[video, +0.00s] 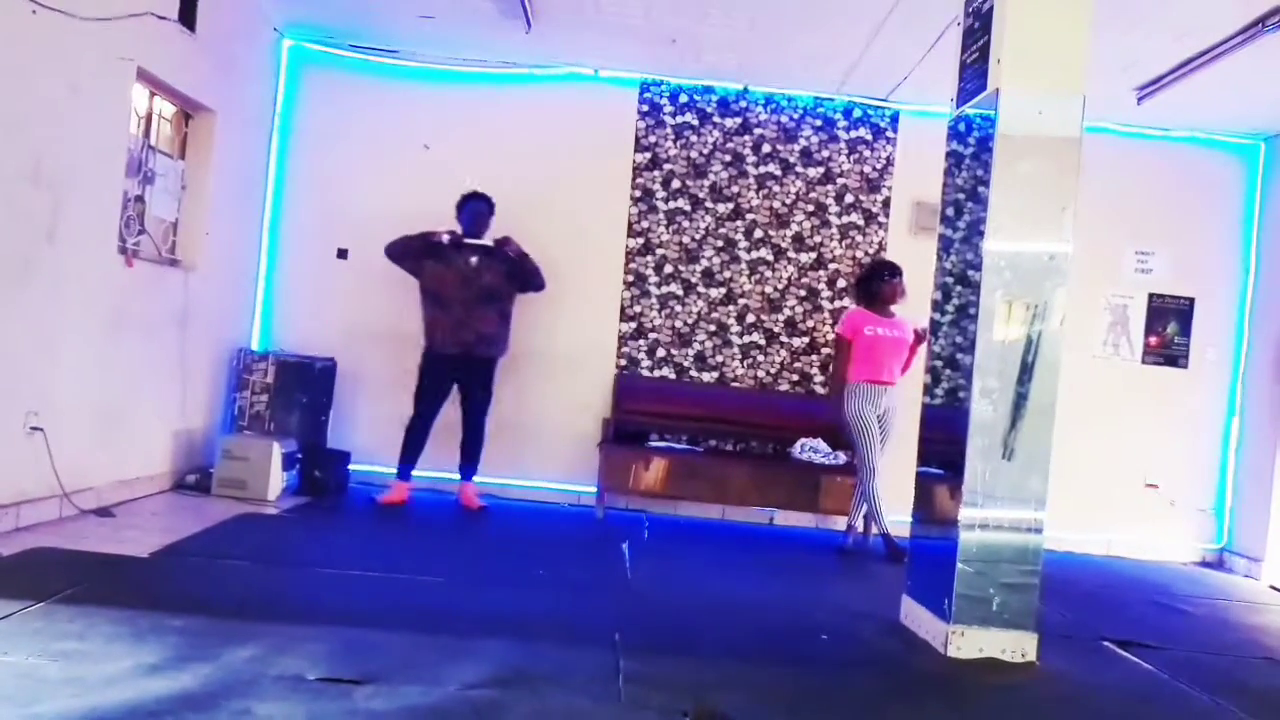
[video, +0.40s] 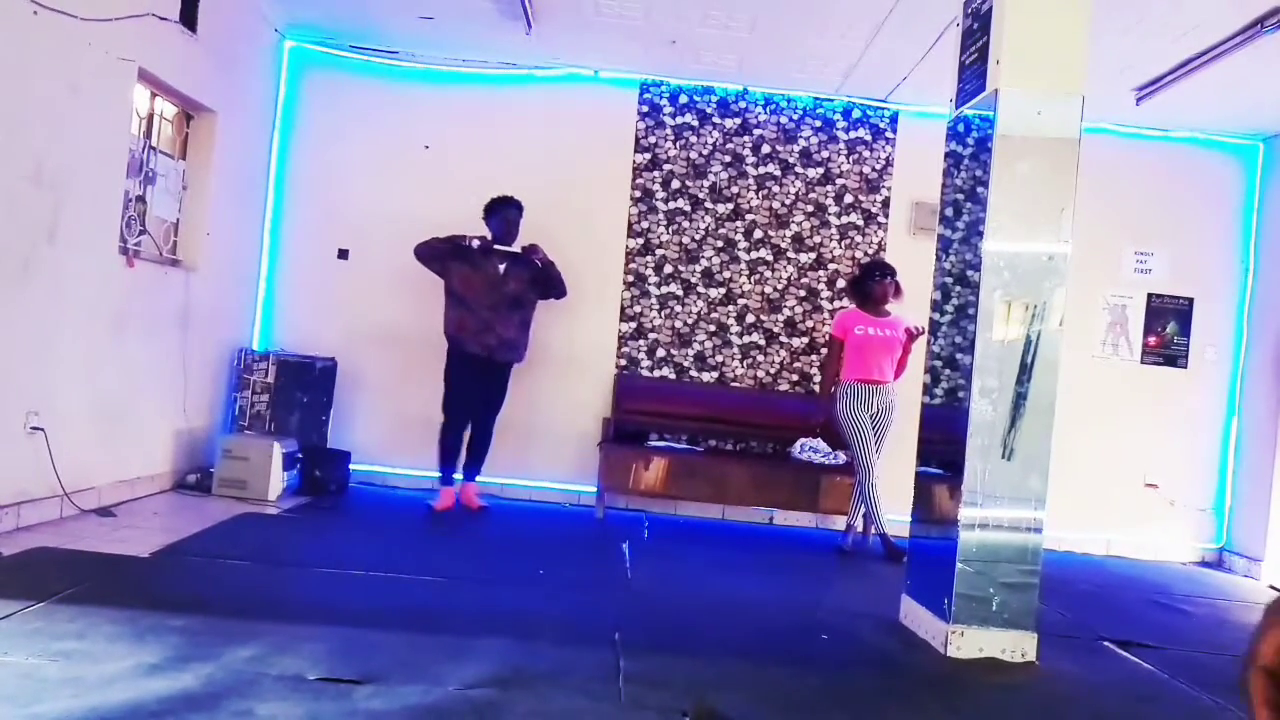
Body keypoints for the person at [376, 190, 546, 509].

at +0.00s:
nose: (477, 220)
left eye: (483, 215)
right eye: (471, 213)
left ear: (491, 219)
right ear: (459, 215)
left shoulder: (502, 261)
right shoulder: (436, 255)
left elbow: (536, 284)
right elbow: (394, 251)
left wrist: (514, 251)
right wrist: (433, 239)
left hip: (480, 358)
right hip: (440, 353)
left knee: (475, 423)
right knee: (422, 417)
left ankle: (467, 485)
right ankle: (402, 483)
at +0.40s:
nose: (511, 226)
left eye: (515, 220)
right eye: (505, 220)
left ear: (519, 224)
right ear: (490, 220)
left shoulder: (527, 267)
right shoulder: (462, 257)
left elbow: (558, 291)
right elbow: (423, 251)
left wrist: (543, 261)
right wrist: (464, 243)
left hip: (500, 359)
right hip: (463, 353)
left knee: (484, 423)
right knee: (455, 419)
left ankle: (469, 486)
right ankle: (446, 487)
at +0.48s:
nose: (515, 229)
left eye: (520, 223)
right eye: (510, 222)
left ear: (523, 227)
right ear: (494, 222)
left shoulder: (530, 269)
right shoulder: (466, 257)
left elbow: (559, 294)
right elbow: (426, 251)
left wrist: (546, 264)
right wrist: (466, 244)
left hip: (502, 358)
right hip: (466, 352)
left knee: (487, 419)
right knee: (466, 417)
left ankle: (469, 485)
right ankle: (467, 490)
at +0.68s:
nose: (522, 230)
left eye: (526, 225)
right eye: (516, 224)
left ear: (529, 229)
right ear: (499, 224)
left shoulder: (532, 271)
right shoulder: (470, 259)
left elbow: (556, 295)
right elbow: (432, 251)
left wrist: (548, 268)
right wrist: (475, 246)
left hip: (507, 360)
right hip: (472, 354)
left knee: (490, 422)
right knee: (475, 419)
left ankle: (469, 484)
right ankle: (477, 490)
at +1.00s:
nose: (530, 228)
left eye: (533, 223)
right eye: (524, 221)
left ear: (533, 226)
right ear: (505, 220)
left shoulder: (527, 265)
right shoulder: (478, 255)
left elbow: (544, 290)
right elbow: (445, 248)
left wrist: (545, 266)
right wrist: (479, 241)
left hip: (510, 354)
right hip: (478, 349)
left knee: (496, 422)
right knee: (481, 420)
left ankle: (469, 479)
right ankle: (481, 498)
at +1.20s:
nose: (532, 228)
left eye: (535, 222)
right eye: (527, 221)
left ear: (534, 226)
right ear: (507, 220)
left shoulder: (527, 267)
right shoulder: (479, 255)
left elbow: (543, 293)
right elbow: (448, 246)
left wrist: (544, 268)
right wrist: (484, 240)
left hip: (511, 357)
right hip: (477, 352)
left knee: (516, 425)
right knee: (481, 424)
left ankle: (477, 472)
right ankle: (481, 499)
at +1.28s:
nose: (533, 226)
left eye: (535, 220)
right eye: (527, 219)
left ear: (535, 223)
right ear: (507, 217)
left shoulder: (527, 264)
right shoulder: (478, 252)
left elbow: (544, 292)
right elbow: (448, 242)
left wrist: (545, 266)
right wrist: (486, 237)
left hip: (514, 356)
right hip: (478, 354)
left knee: (523, 424)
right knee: (480, 428)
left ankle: (492, 480)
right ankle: (479, 501)